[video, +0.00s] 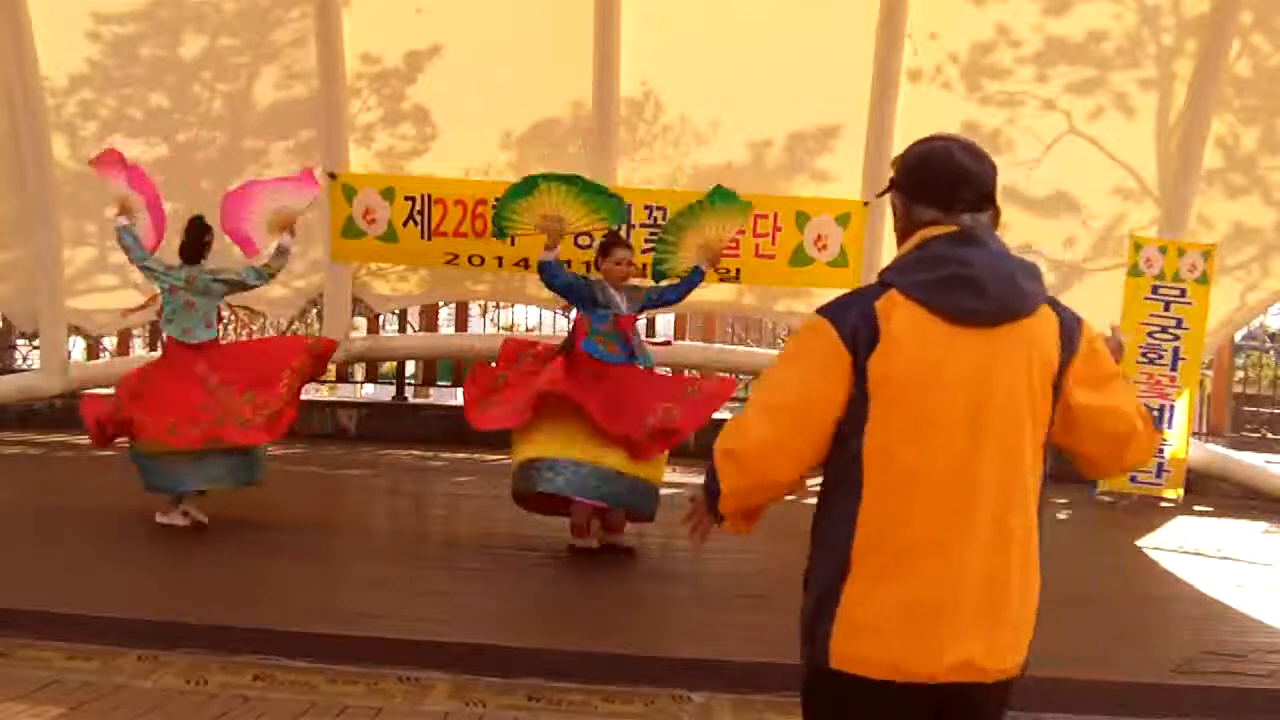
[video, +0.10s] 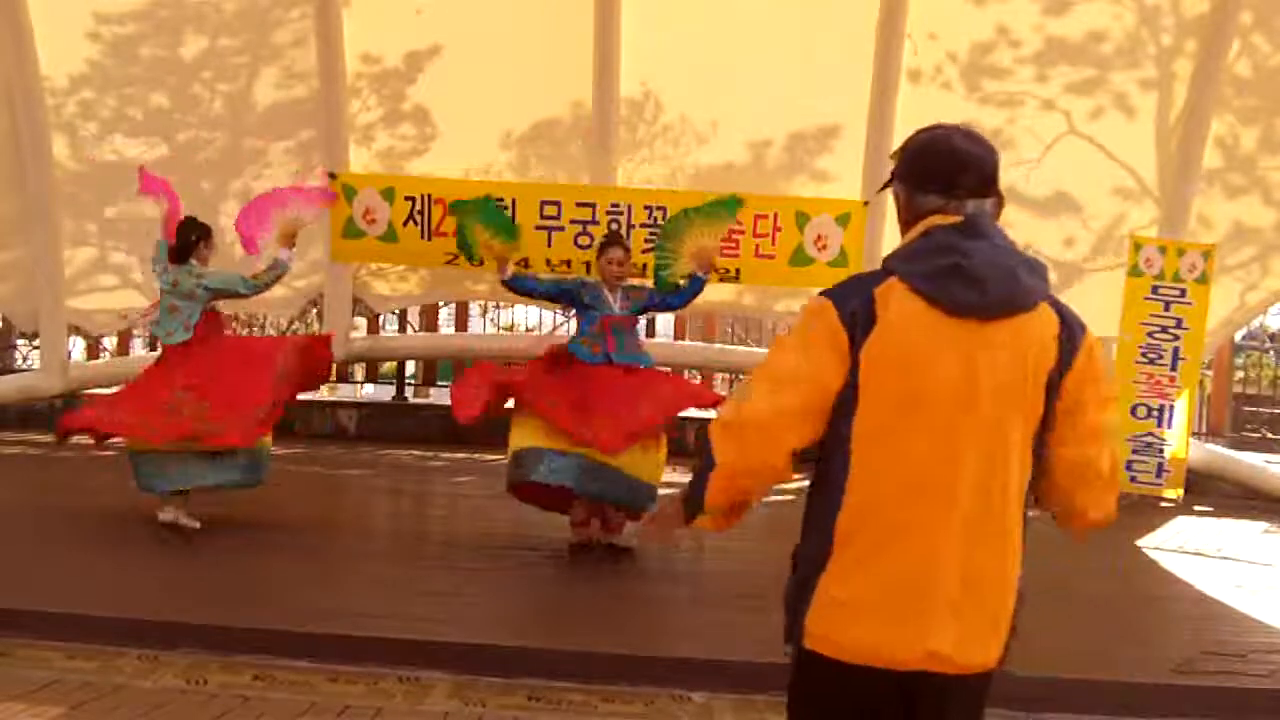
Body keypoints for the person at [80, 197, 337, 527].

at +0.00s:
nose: (207, 247)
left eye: (197, 238)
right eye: (209, 242)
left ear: (182, 244)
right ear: (208, 248)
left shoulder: (168, 276)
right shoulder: (216, 282)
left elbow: (137, 256)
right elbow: (260, 275)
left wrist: (123, 222)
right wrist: (286, 240)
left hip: (173, 361)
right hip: (207, 362)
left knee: (172, 429)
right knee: (199, 429)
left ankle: (175, 506)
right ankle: (189, 502)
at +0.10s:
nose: (212, 251)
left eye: (210, 245)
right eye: (210, 246)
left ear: (179, 244)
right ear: (201, 247)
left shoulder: (168, 274)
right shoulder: (202, 281)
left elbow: (163, 250)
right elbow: (254, 285)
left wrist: (168, 221)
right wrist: (286, 251)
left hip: (171, 362)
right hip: (199, 366)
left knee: (177, 431)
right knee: (195, 432)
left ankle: (172, 502)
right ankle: (175, 504)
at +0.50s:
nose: (212, 255)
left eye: (214, 249)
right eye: (205, 249)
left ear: (216, 253)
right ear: (187, 252)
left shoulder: (221, 291)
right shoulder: (174, 284)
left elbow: (251, 316)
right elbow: (139, 296)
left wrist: (284, 317)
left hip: (201, 368)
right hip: (170, 365)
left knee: (188, 431)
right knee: (162, 428)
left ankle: (175, 502)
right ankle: (151, 492)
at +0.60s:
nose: (208, 255)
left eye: (212, 249)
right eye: (201, 249)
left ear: (217, 253)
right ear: (187, 253)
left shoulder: (223, 294)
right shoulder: (172, 285)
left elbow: (241, 329)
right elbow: (136, 301)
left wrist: (255, 350)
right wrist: (109, 323)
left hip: (200, 363)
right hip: (167, 361)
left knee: (193, 428)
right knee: (162, 423)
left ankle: (173, 502)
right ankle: (158, 496)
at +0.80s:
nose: (193, 250)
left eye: (200, 244)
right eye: (188, 243)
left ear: (209, 250)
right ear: (180, 247)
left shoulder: (215, 286)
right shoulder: (163, 279)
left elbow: (213, 328)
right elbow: (138, 317)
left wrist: (185, 333)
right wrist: (152, 331)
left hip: (195, 361)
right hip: (159, 358)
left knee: (194, 423)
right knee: (161, 419)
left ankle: (178, 494)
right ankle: (160, 488)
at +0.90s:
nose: (184, 247)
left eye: (190, 242)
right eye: (180, 242)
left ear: (202, 247)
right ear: (175, 246)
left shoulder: (207, 279)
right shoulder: (167, 277)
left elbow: (207, 322)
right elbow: (151, 314)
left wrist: (168, 326)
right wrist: (145, 329)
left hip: (196, 356)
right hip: (167, 355)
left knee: (193, 416)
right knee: (170, 415)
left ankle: (191, 486)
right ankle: (176, 486)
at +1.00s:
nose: (181, 247)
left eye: (188, 242)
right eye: (177, 241)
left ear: (201, 246)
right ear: (171, 245)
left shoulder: (206, 278)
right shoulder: (165, 277)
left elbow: (208, 321)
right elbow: (152, 315)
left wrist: (168, 323)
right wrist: (147, 324)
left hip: (195, 357)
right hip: (166, 355)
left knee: (194, 416)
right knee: (165, 415)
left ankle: (192, 486)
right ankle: (171, 484)